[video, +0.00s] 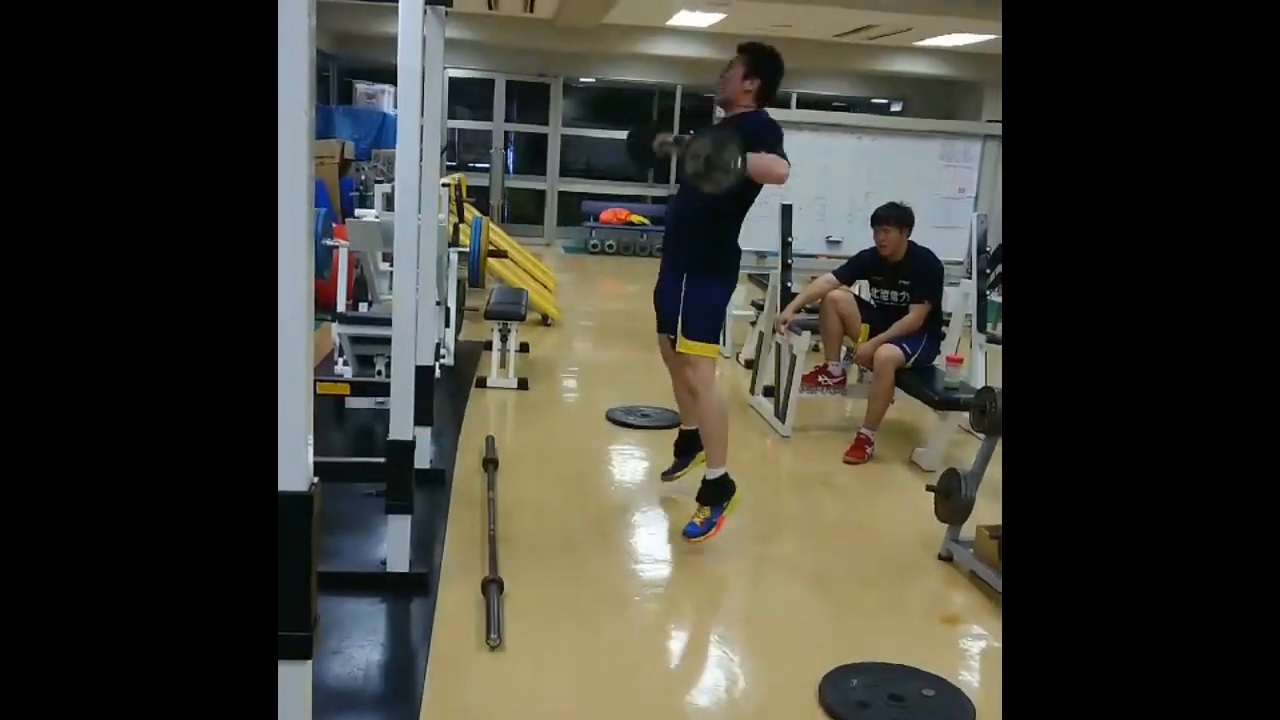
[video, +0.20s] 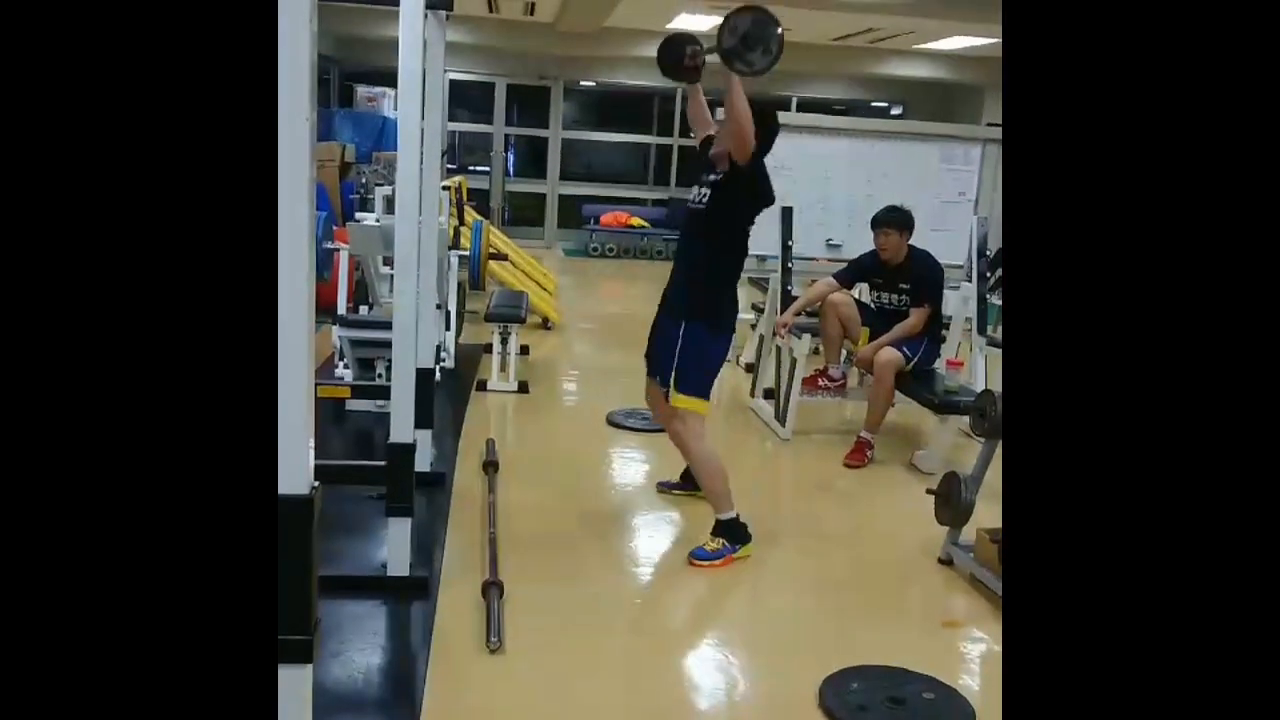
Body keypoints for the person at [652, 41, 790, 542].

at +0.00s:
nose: (721, 77)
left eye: (730, 71)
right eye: (725, 70)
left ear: (751, 83)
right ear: (743, 82)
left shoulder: (759, 126)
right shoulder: (722, 125)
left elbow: (779, 170)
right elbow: (697, 153)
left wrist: (731, 159)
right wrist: (666, 146)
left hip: (710, 264)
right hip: (678, 256)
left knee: (698, 370)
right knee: (671, 349)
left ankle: (719, 483)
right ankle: (690, 434)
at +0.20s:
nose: (729, 128)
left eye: (737, 123)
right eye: (730, 121)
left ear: (753, 136)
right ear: (731, 132)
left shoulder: (750, 184)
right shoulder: (716, 166)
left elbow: (744, 136)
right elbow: (702, 127)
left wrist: (733, 71)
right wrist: (691, 79)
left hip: (706, 312)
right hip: (677, 304)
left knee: (685, 420)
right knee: (658, 400)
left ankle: (731, 527)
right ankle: (698, 473)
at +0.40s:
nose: (720, 113)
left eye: (730, 108)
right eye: (719, 108)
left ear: (747, 124)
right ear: (720, 121)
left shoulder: (741, 169)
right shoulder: (713, 161)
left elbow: (739, 100)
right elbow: (712, 103)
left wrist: (749, 37)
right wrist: (708, 57)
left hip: (706, 306)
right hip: (679, 301)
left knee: (700, 420)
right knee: (673, 401)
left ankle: (734, 531)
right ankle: (701, 477)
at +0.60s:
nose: (721, 121)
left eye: (733, 114)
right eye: (721, 115)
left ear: (749, 128)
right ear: (720, 127)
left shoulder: (745, 175)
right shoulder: (715, 168)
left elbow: (738, 112)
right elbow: (710, 115)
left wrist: (740, 49)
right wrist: (705, 71)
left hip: (711, 312)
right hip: (684, 307)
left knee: (704, 421)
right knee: (676, 402)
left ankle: (736, 533)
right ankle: (701, 479)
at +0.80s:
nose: (725, 145)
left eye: (736, 133)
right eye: (728, 137)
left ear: (754, 144)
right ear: (737, 143)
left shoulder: (752, 189)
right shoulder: (721, 185)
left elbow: (742, 182)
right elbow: (706, 169)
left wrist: (724, 123)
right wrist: (695, 127)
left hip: (715, 324)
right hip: (690, 317)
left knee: (694, 426)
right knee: (668, 400)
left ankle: (731, 534)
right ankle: (700, 478)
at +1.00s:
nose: (723, 101)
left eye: (731, 94)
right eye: (726, 93)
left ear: (753, 104)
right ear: (747, 103)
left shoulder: (760, 151)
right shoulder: (727, 151)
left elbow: (759, 207)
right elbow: (716, 209)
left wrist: (700, 237)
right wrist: (681, 228)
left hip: (733, 286)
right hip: (705, 280)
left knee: (711, 391)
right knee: (692, 383)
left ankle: (724, 505)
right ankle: (707, 477)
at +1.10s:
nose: (700, 120)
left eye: (709, 114)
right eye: (704, 113)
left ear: (731, 127)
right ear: (727, 128)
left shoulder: (740, 174)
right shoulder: (718, 174)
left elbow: (723, 246)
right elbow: (699, 237)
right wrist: (679, 282)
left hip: (738, 307)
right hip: (717, 302)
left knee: (706, 406)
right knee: (696, 401)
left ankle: (723, 512)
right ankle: (716, 495)